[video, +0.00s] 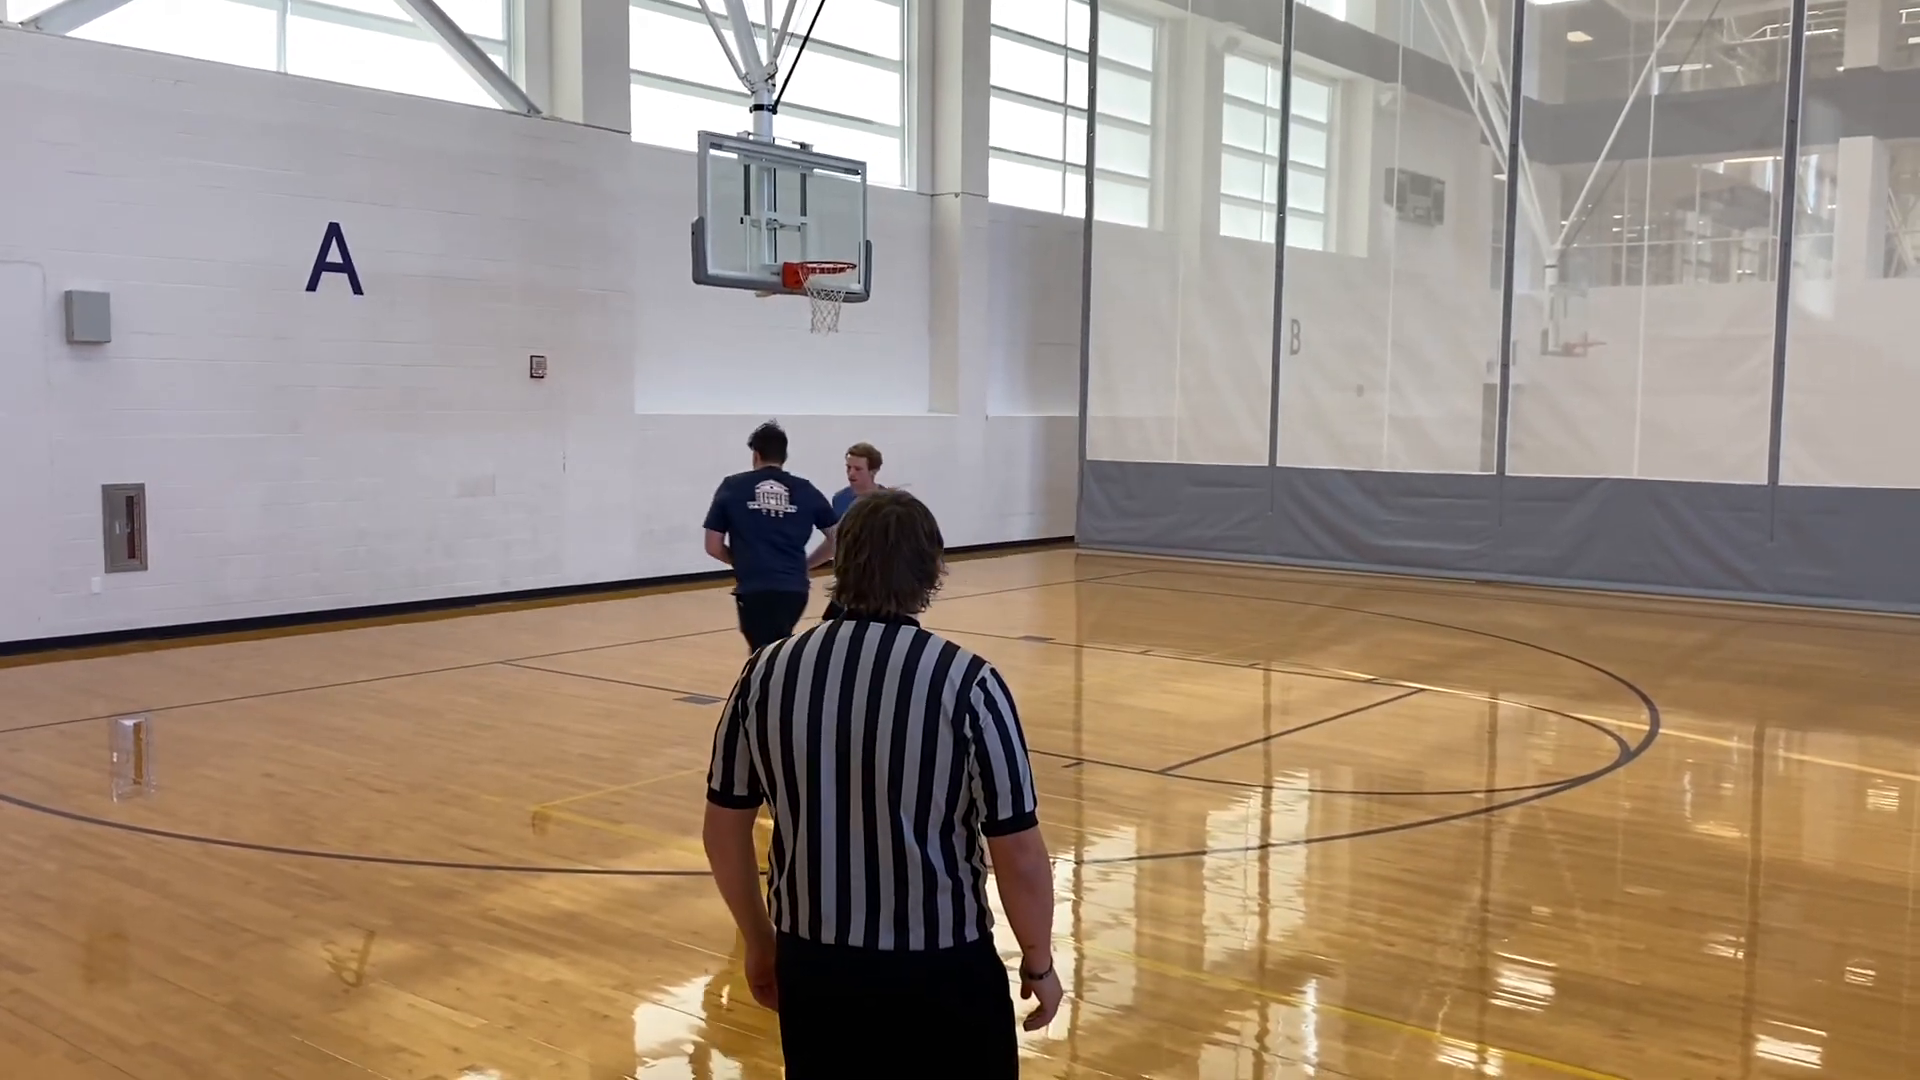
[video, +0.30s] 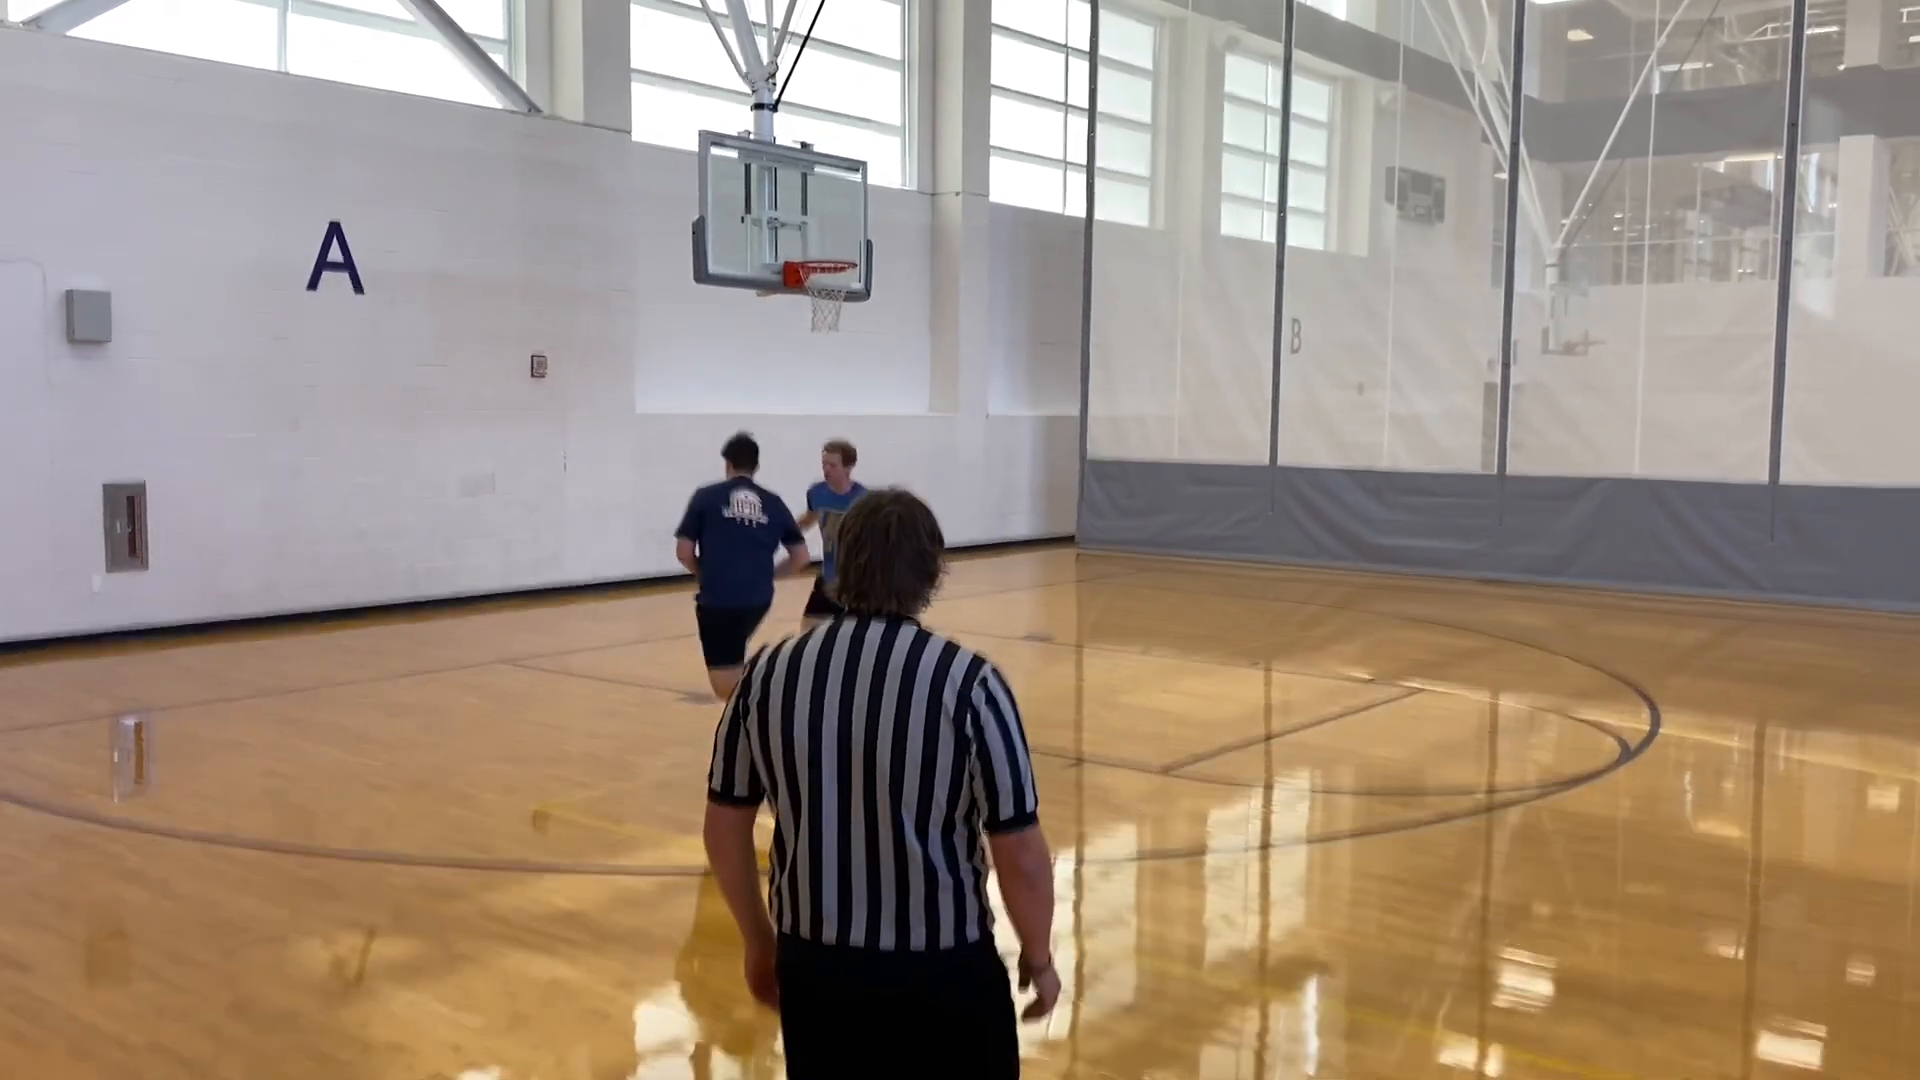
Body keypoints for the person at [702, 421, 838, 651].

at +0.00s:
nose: (752, 459)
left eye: (752, 455)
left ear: (756, 456)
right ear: (784, 457)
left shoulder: (733, 486)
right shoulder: (804, 488)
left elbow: (713, 546)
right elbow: (836, 540)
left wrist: (743, 560)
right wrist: (803, 565)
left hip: (754, 591)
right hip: (795, 591)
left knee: (766, 661)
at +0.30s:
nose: (727, 466)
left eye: (726, 462)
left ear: (728, 463)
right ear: (756, 465)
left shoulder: (706, 496)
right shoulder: (772, 501)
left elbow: (684, 552)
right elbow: (800, 557)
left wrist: (704, 573)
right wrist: (769, 573)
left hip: (718, 596)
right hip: (758, 596)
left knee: (724, 683)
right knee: (734, 655)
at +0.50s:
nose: (699, 471)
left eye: (699, 467)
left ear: (702, 468)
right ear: (729, 469)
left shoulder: (683, 499)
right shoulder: (747, 505)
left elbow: (663, 552)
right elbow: (764, 563)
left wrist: (670, 580)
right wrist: (739, 576)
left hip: (698, 595)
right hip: (738, 595)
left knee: (678, 675)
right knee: (713, 657)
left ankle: (735, 693)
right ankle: (742, 706)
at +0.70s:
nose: (673, 469)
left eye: (672, 465)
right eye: (679, 466)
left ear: (674, 466)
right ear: (702, 466)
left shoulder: (659, 498)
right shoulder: (720, 501)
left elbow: (639, 548)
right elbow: (731, 556)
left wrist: (641, 575)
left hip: (675, 593)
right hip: (718, 593)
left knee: (645, 650)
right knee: (701, 655)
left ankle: (692, 703)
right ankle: (738, 716)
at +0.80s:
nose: (659, 467)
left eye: (659, 463)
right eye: (664, 464)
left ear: (661, 464)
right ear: (689, 464)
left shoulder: (647, 494)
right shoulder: (706, 497)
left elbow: (629, 541)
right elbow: (713, 545)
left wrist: (623, 569)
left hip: (664, 590)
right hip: (708, 591)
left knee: (631, 640)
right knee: (697, 655)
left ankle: (660, 714)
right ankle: (738, 715)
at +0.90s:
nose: (649, 462)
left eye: (648, 458)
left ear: (646, 460)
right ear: (675, 460)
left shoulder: (635, 491)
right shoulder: (693, 494)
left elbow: (620, 537)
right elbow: (691, 544)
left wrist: (613, 563)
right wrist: (639, 562)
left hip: (651, 590)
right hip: (696, 591)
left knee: (618, 635)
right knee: (696, 658)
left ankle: (628, 718)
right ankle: (739, 714)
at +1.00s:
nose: (636, 458)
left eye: (634, 453)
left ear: (632, 456)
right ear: (661, 456)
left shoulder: (622, 486)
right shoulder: (678, 488)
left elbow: (611, 532)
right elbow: (671, 538)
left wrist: (598, 558)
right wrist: (620, 556)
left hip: (639, 586)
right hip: (684, 585)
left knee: (606, 634)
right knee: (696, 659)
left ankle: (596, 713)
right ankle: (739, 717)